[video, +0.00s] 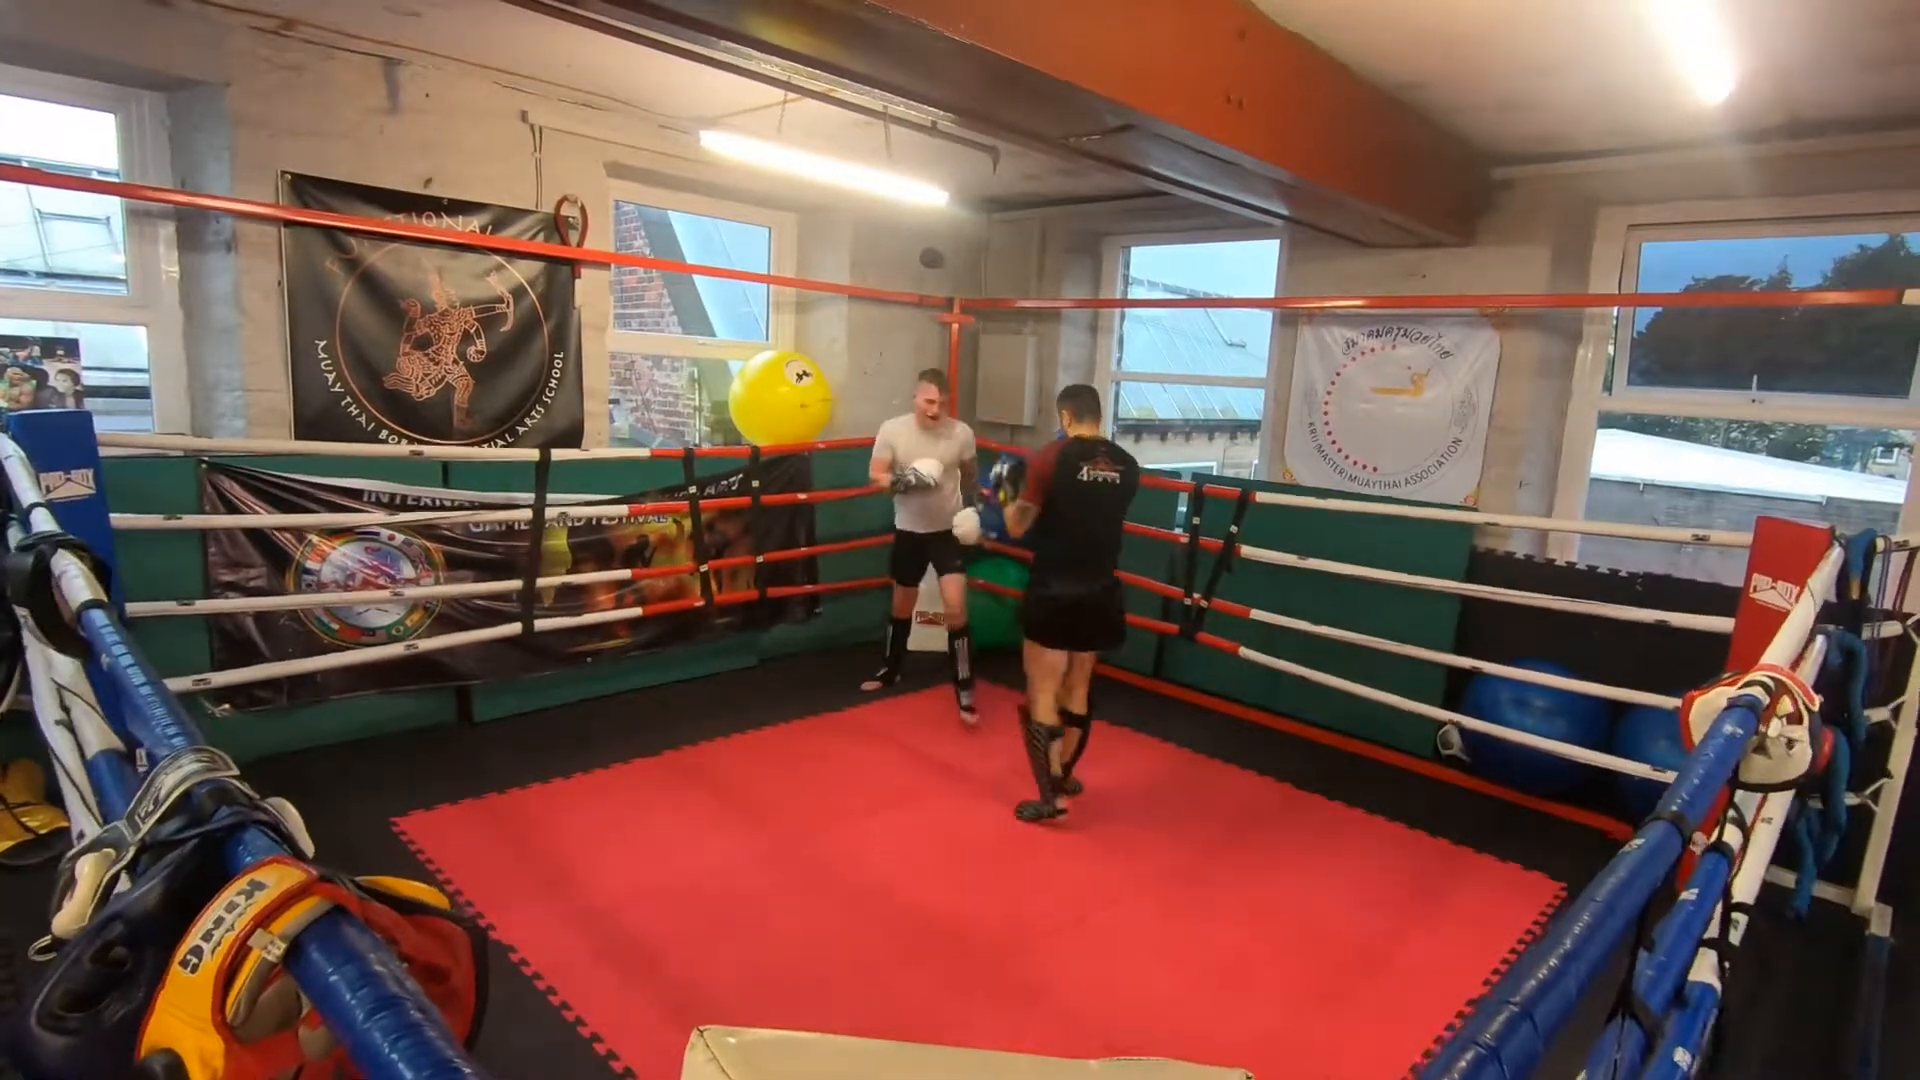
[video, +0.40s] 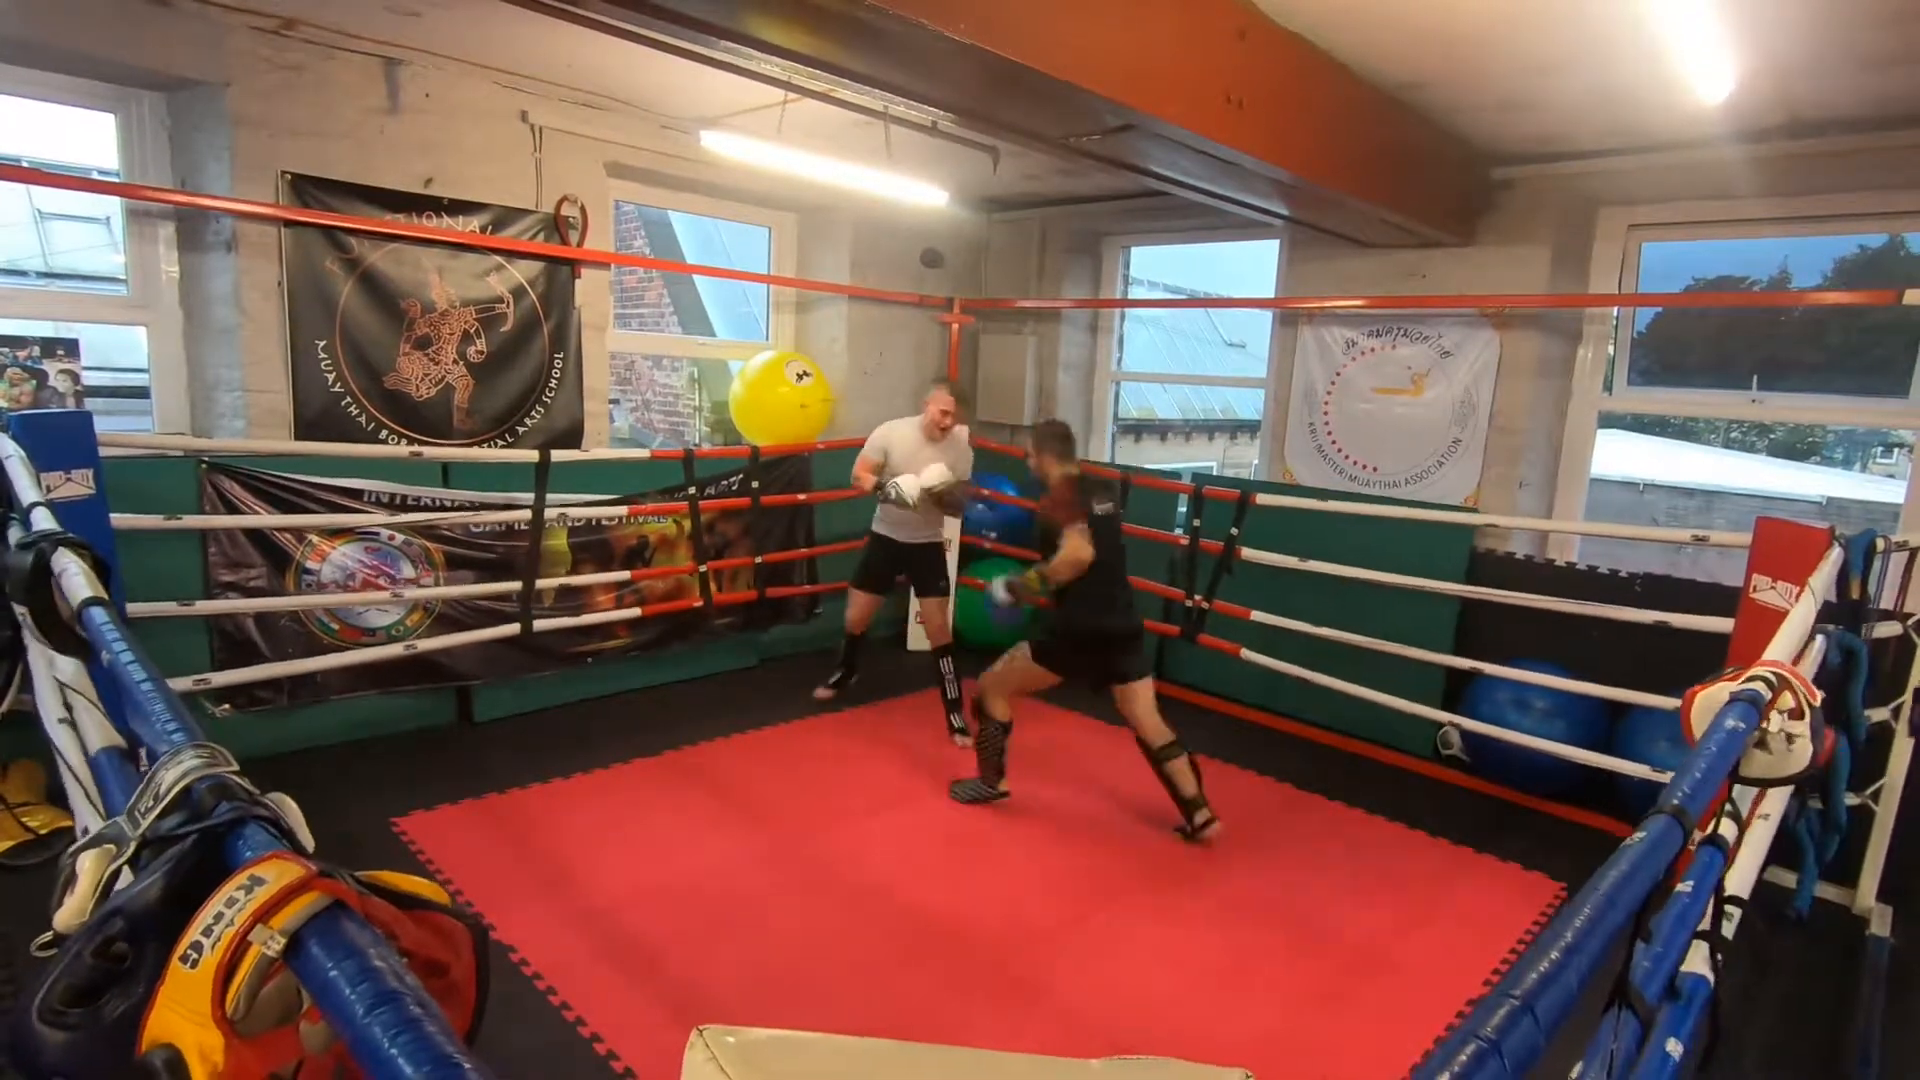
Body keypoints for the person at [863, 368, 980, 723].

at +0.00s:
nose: (932, 409)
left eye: (938, 402)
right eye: (926, 401)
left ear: (947, 402)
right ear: (914, 400)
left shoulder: (961, 434)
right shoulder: (892, 430)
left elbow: (970, 477)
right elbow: (876, 477)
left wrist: (971, 511)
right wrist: (902, 479)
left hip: (947, 533)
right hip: (908, 533)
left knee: (956, 607)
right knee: (901, 605)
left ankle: (964, 689)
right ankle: (890, 670)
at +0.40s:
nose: (947, 421)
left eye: (952, 415)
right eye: (942, 413)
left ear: (957, 416)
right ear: (925, 407)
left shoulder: (959, 443)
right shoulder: (890, 433)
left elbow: (960, 503)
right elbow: (860, 474)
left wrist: (941, 492)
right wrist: (885, 486)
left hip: (928, 544)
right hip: (885, 540)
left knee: (938, 627)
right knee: (855, 618)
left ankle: (955, 716)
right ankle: (845, 673)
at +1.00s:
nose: (769, 377)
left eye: (774, 371)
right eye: (761, 371)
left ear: (780, 374)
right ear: (746, 374)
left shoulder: (799, 411)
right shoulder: (729, 418)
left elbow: (827, 450)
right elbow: (721, 474)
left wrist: (837, 473)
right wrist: (748, 460)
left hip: (796, 517)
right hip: (753, 520)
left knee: (803, 603)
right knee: (733, 604)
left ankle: (812, 686)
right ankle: (716, 670)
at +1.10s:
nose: (753, 395)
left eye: (758, 389)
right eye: (746, 389)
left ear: (762, 394)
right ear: (729, 393)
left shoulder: (779, 433)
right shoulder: (712, 436)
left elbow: (801, 479)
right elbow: (698, 489)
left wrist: (807, 517)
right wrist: (726, 480)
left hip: (772, 539)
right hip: (727, 539)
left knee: (781, 616)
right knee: (712, 615)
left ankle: (795, 697)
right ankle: (698, 677)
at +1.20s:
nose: (745, 389)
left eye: (750, 383)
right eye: (738, 382)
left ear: (755, 386)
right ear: (721, 385)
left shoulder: (769, 425)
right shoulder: (704, 427)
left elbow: (789, 472)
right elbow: (691, 481)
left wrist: (786, 517)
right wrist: (721, 477)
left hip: (760, 528)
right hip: (717, 528)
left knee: (767, 609)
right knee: (708, 609)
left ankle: (782, 688)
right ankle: (700, 674)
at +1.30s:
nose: (743, 381)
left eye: (748, 375)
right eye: (736, 374)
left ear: (752, 378)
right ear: (719, 376)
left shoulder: (767, 415)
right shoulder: (700, 418)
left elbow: (788, 455)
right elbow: (690, 475)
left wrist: (782, 496)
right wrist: (724, 461)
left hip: (755, 519)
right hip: (714, 519)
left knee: (751, 602)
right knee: (705, 601)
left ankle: (766, 688)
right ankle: (703, 671)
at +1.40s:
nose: (741, 383)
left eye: (746, 377)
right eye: (734, 376)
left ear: (750, 381)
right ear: (717, 378)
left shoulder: (762, 416)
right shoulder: (698, 420)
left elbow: (783, 464)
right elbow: (690, 477)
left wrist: (776, 495)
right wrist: (719, 459)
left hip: (751, 520)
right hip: (711, 522)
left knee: (750, 598)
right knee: (704, 604)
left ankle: (768, 689)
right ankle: (707, 675)